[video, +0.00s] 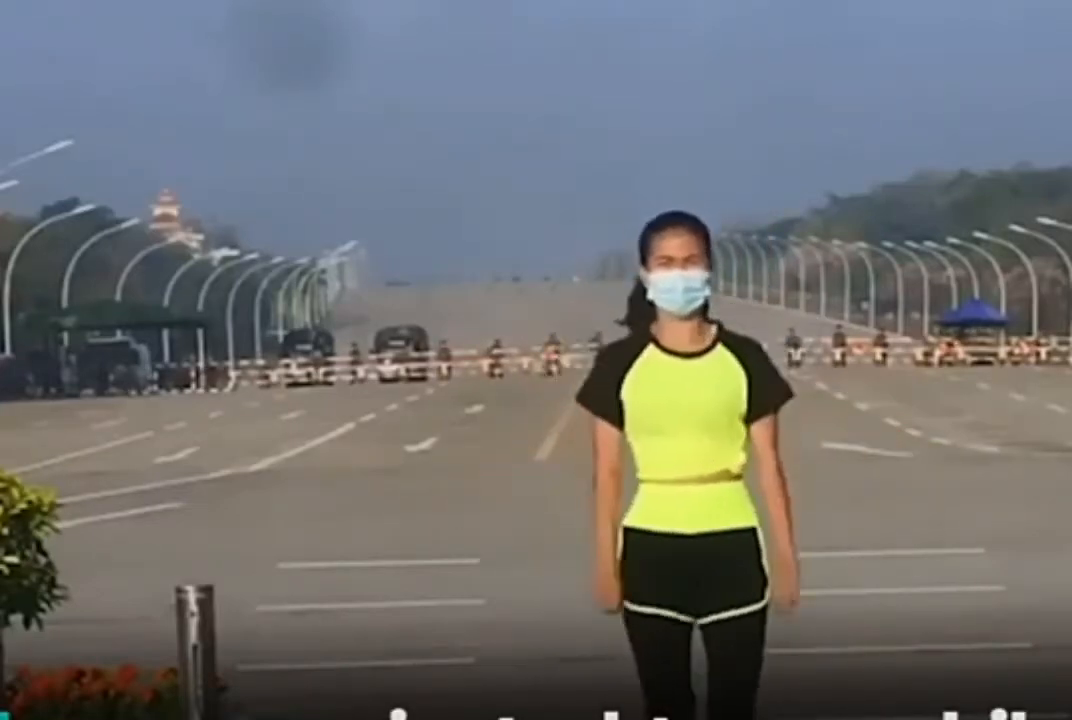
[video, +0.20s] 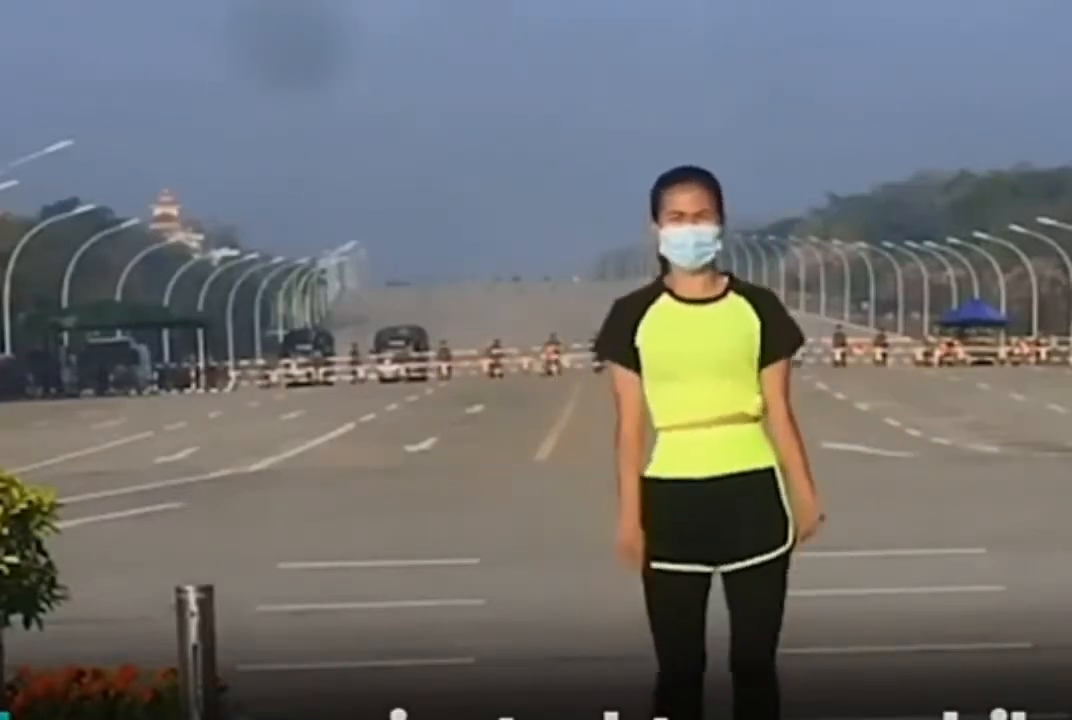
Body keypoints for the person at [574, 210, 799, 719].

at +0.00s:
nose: (682, 275)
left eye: (694, 262)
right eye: (667, 263)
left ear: (710, 272)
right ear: (645, 274)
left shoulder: (745, 357)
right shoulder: (619, 362)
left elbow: (768, 466)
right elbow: (609, 472)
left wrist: (786, 559)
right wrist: (606, 564)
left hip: (732, 550)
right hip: (650, 553)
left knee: (733, 707)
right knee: (667, 708)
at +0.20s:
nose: (690, 229)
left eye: (702, 216)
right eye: (676, 218)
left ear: (721, 224)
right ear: (657, 228)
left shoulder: (760, 307)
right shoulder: (631, 316)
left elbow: (778, 411)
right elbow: (631, 427)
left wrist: (806, 495)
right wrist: (630, 519)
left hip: (754, 500)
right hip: (670, 504)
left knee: (755, 668)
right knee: (680, 672)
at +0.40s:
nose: (712, 236)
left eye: (724, 223)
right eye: (698, 224)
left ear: (743, 230)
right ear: (676, 235)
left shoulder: (778, 303)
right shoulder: (657, 311)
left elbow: (797, 358)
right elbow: (654, 396)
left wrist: (820, 369)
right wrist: (657, 353)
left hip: (770, 494)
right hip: (690, 501)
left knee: (812, 663)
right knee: (681, 673)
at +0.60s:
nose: (738, 248)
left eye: (748, 235)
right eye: (723, 238)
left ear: (767, 243)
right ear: (703, 251)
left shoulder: (804, 320)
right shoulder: (682, 328)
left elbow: (836, 374)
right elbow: (680, 376)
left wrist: (855, 375)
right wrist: (680, 412)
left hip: (801, 511)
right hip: (720, 517)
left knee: (841, 674)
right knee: (696, 681)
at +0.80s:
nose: (753, 223)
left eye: (764, 210)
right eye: (739, 212)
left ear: (783, 216)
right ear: (718, 222)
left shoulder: (814, 288)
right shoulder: (696, 302)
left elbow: (829, 366)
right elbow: (695, 377)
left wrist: (851, 413)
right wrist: (692, 430)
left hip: (813, 487)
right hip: (731, 494)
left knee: (858, 649)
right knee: (711, 655)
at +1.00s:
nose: (774, 246)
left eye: (785, 234)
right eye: (759, 236)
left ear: (803, 244)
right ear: (738, 251)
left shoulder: (839, 317)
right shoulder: (721, 326)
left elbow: (861, 340)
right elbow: (713, 367)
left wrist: (875, 346)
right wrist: (713, 385)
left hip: (835, 507)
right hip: (755, 512)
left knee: (868, 670)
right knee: (726, 670)